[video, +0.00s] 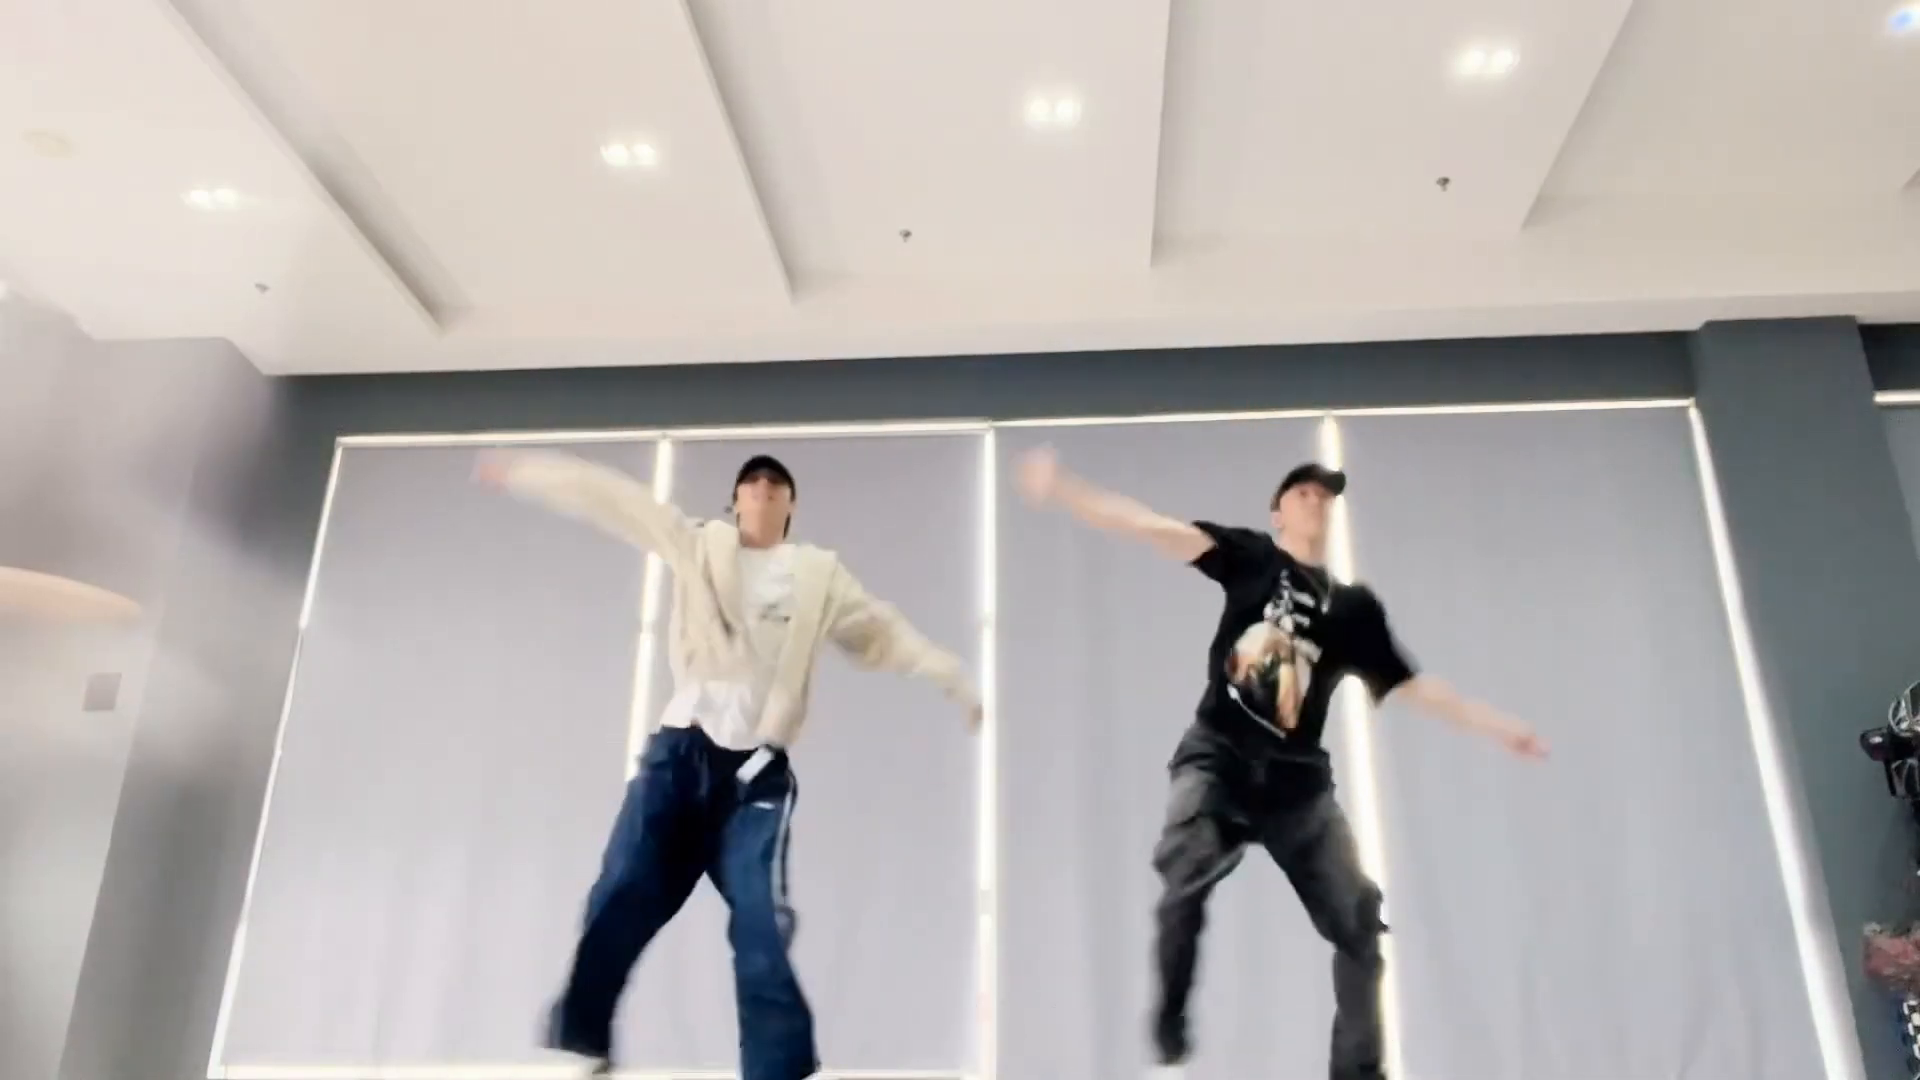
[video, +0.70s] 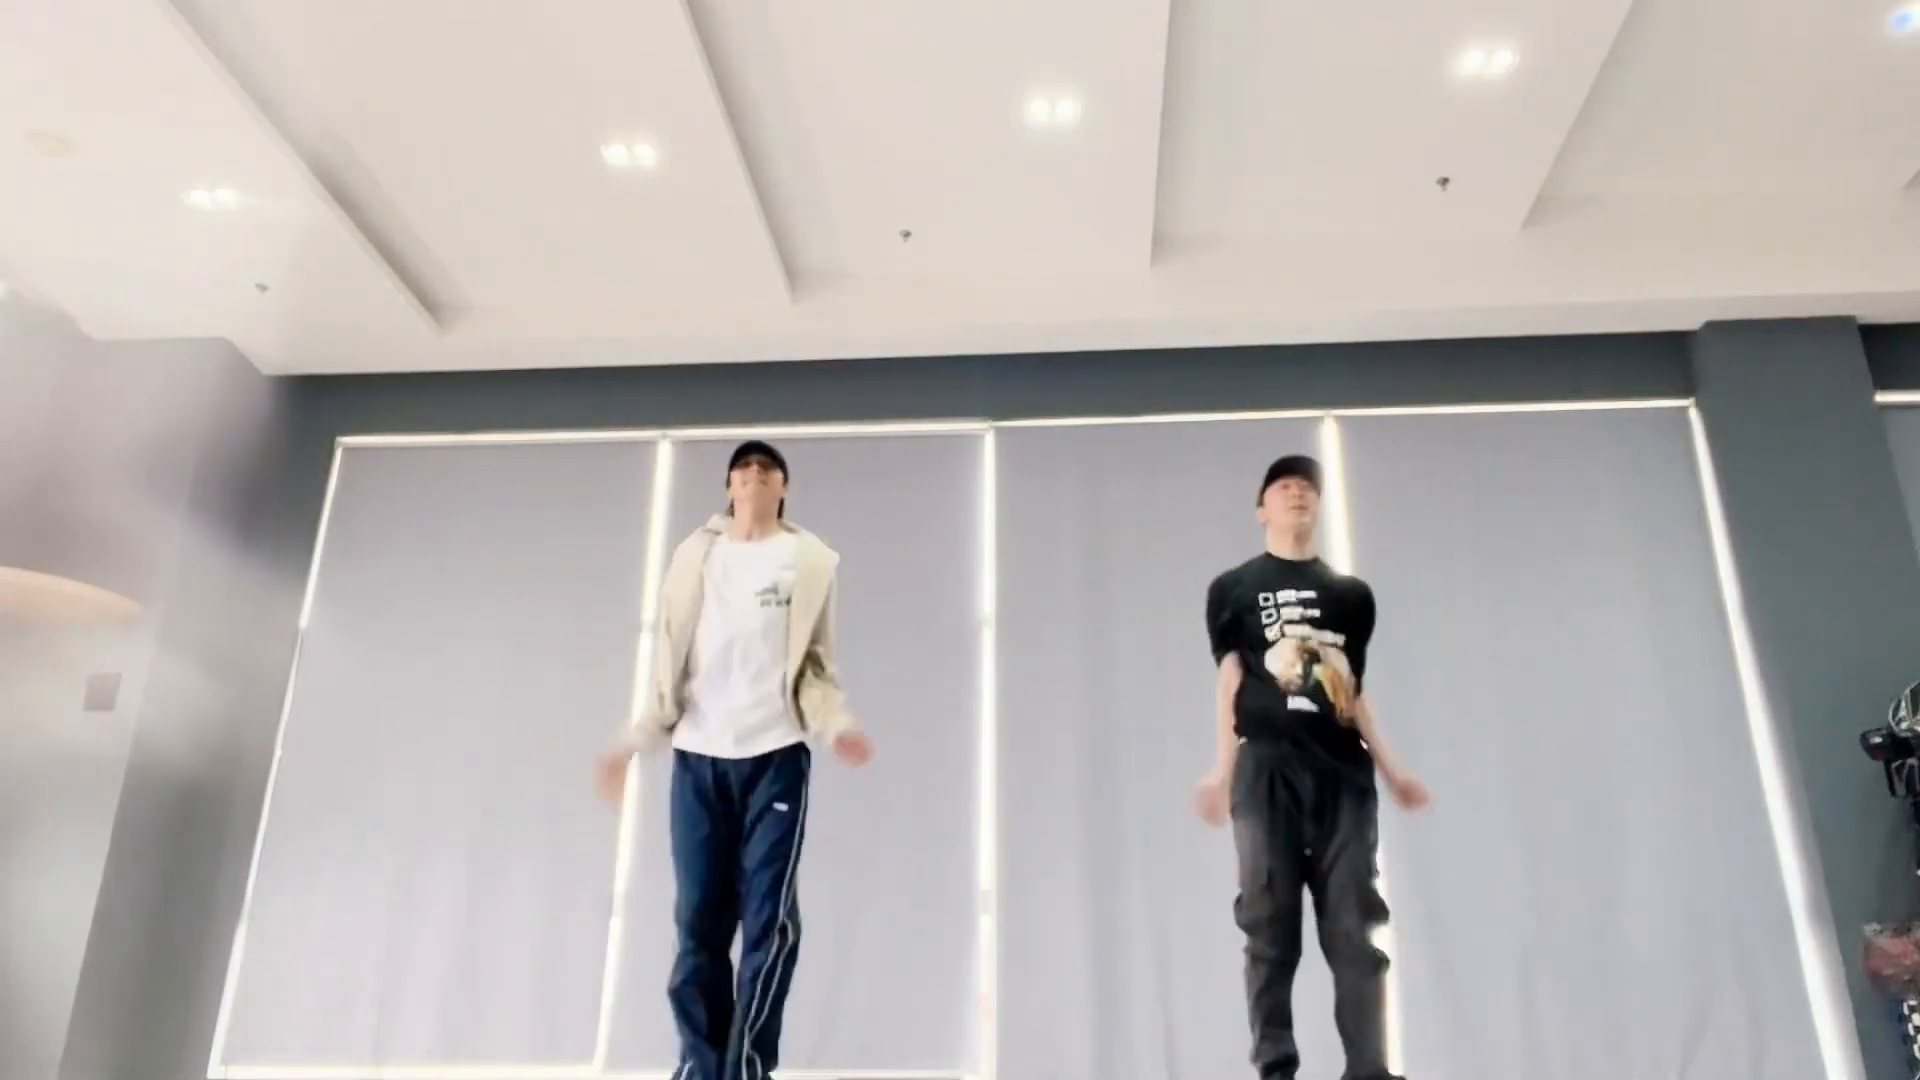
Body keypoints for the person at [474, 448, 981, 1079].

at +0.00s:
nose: (757, 492)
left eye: (770, 486)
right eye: (749, 485)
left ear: (790, 510)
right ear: (733, 503)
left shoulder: (819, 573)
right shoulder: (697, 542)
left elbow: (884, 635)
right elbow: (610, 496)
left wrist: (959, 681)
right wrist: (520, 470)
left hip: (758, 772)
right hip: (679, 755)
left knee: (761, 925)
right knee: (623, 894)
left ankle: (782, 1071)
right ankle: (577, 1047)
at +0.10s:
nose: (755, 483)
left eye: (768, 477)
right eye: (746, 477)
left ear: (789, 498)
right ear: (731, 495)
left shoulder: (821, 563)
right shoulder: (694, 551)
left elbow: (904, 594)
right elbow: (600, 577)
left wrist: (990, 593)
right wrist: (506, 583)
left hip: (763, 755)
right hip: (683, 744)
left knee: (747, 921)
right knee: (668, 904)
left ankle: (759, 1069)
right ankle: (704, 1064)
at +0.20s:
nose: (754, 486)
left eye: (767, 481)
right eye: (744, 479)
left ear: (785, 504)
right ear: (726, 501)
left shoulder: (811, 560)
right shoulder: (688, 557)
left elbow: (883, 606)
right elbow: (602, 586)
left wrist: (936, 543)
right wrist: (526, 550)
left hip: (777, 751)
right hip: (696, 746)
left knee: (768, 917)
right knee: (683, 916)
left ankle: (753, 1066)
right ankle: (704, 1063)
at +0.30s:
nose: (750, 519)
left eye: (763, 512)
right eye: (738, 511)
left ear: (779, 532)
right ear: (722, 530)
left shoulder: (812, 589)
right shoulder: (689, 585)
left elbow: (901, 578)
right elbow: (594, 567)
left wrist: (843, 557)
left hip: (780, 784)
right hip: (697, 779)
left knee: (786, 940)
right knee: (672, 944)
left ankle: (752, 1070)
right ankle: (709, 1067)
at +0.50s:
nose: (748, 490)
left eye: (761, 483)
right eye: (737, 483)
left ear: (779, 505)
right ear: (722, 504)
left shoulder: (815, 561)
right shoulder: (686, 565)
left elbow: (883, 621)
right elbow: (635, 638)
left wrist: (867, 636)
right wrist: (614, 640)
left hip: (781, 777)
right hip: (697, 777)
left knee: (787, 933)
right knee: (676, 930)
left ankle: (757, 1069)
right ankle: (702, 1067)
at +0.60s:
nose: (754, 477)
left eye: (766, 470)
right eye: (743, 470)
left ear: (783, 491)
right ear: (726, 488)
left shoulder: (810, 558)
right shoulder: (693, 557)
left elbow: (825, 661)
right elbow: (671, 660)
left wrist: (834, 750)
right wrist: (651, 757)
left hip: (775, 755)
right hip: (697, 752)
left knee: (769, 909)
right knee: (692, 908)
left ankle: (751, 1060)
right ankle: (700, 1061)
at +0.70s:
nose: (753, 477)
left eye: (766, 470)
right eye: (743, 470)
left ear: (784, 490)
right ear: (727, 488)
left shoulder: (812, 558)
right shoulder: (692, 554)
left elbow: (816, 665)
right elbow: (666, 663)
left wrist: (838, 724)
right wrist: (630, 742)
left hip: (776, 760)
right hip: (697, 758)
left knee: (769, 918)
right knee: (698, 922)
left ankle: (748, 1067)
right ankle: (698, 1067)